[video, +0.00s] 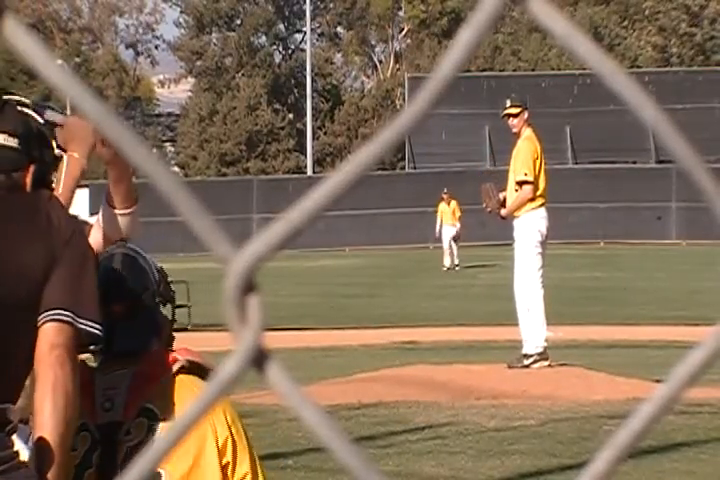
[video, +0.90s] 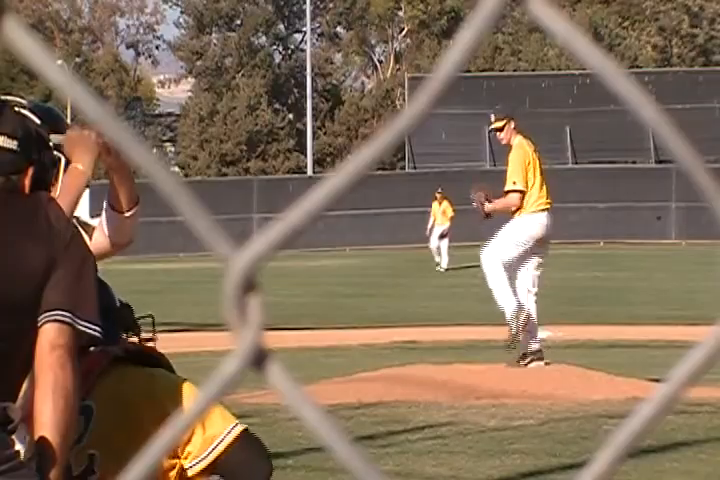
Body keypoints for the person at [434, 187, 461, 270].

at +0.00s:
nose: (445, 196)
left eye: (447, 194)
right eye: (444, 194)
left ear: (449, 195)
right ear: (442, 195)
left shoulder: (454, 203)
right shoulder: (441, 205)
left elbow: (458, 215)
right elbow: (439, 218)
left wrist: (458, 225)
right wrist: (437, 229)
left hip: (453, 225)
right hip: (445, 225)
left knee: (453, 244)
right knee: (445, 245)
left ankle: (456, 262)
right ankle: (447, 263)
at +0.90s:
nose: (439, 195)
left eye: (441, 193)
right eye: (438, 193)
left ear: (443, 194)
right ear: (435, 194)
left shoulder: (446, 203)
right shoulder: (434, 204)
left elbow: (450, 217)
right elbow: (432, 216)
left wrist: (446, 229)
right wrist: (428, 228)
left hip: (444, 225)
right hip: (437, 225)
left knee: (444, 246)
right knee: (433, 244)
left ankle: (444, 265)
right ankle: (437, 260)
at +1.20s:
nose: (430, 201)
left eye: (432, 199)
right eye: (429, 199)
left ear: (435, 199)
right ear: (428, 200)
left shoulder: (440, 207)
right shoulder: (429, 208)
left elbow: (445, 223)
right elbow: (428, 220)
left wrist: (441, 230)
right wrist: (425, 231)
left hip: (441, 228)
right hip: (433, 229)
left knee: (442, 248)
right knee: (430, 248)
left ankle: (443, 265)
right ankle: (427, 265)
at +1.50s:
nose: (426, 205)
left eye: (427, 203)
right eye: (425, 203)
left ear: (430, 204)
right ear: (423, 204)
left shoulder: (434, 209)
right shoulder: (424, 212)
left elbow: (443, 214)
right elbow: (424, 222)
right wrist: (427, 232)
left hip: (440, 230)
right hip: (432, 231)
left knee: (443, 247)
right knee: (428, 248)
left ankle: (451, 262)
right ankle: (426, 266)